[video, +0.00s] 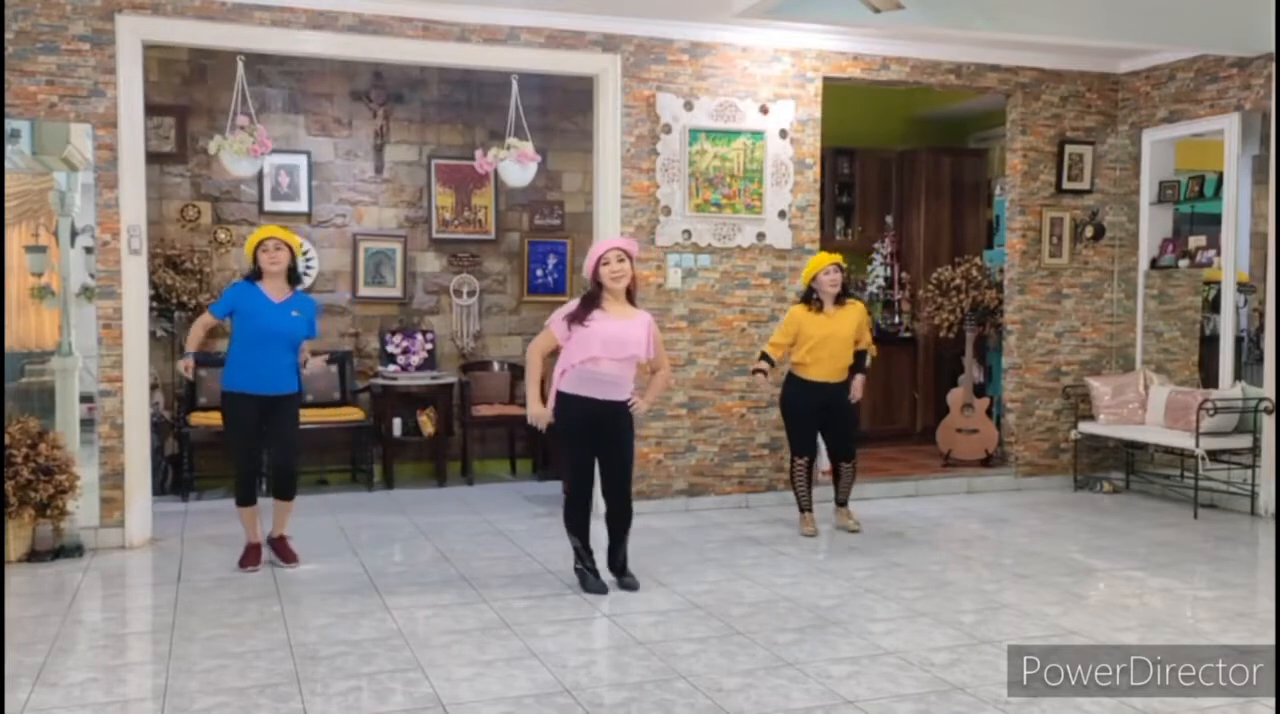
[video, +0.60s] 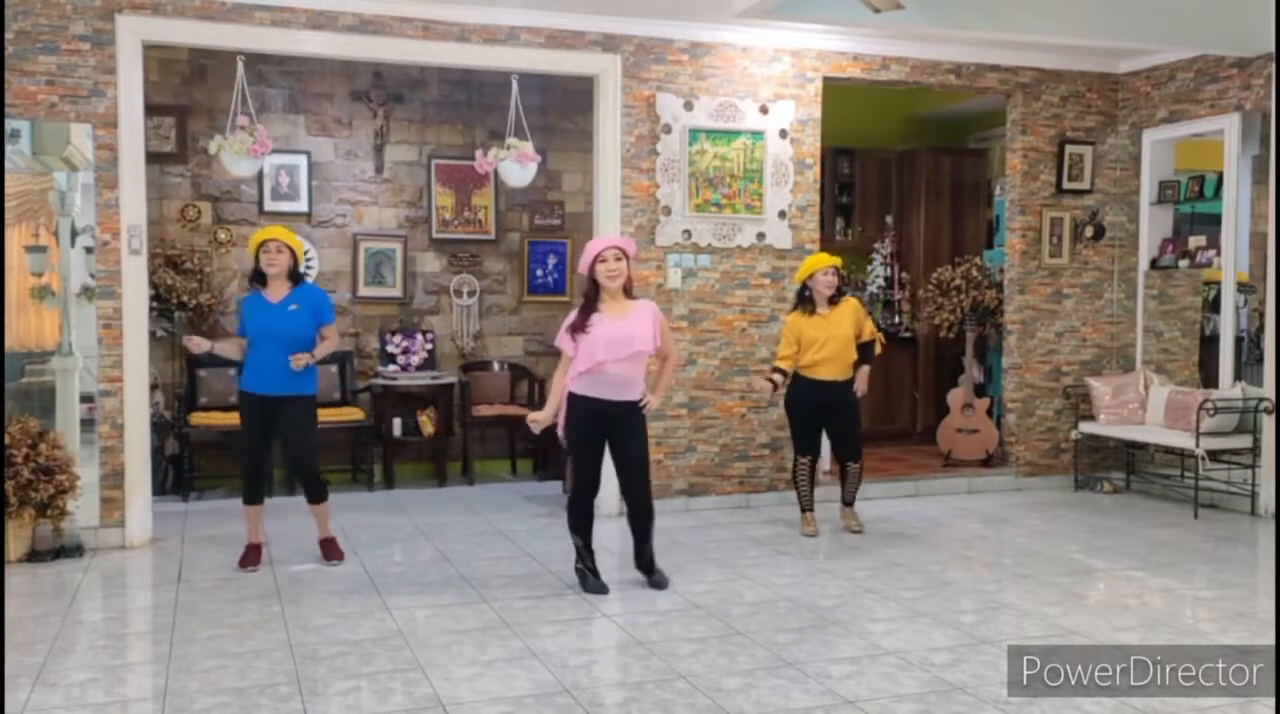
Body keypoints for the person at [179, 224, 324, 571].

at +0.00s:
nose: (272, 254)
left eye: (279, 249)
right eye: (265, 250)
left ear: (291, 257)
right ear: (256, 258)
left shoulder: (305, 304)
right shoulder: (239, 293)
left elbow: (303, 348)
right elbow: (203, 323)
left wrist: (306, 361)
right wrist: (189, 353)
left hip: (285, 396)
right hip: (241, 394)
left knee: (286, 466)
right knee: (246, 468)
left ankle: (278, 536)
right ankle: (253, 541)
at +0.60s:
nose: (272, 256)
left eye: (280, 250)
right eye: (266, 251)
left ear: (293, 258)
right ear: (258, 260)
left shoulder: (313, 296)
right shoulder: (249, 302)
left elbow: (331, 340)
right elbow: (243, 349)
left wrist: (312, 356)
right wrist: (209, 345)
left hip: (298, 396)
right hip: (254, 395)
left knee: (304, 464)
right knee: (253, 466)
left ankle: (326, 536)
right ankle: (254, 542)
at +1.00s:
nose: (299, 259)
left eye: (306, 253)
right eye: (291, 254)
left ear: (317, 260)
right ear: (282, 262)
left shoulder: (340, 293)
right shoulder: (276, 307)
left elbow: (359, 331)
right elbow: (271, 358)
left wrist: (360, 351)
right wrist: (255, 366)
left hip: (333, 395)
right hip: (289, 395)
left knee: (329, 465)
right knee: (278, 463)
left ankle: (330, 537)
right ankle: (272, 533)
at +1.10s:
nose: (302, 257)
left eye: (309, 251)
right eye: (296, 251)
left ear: (320, 258)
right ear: (285, 260)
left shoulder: (342, 290)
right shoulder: (277, 305)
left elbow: (364, 328)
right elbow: (272, 351)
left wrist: (367, 347)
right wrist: (266, 364)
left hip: (335, 394)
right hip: (290, 394)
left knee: (331, 465)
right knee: (285, 463)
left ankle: (330, 537)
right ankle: (289, 532)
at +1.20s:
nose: (306, 257)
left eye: (312, 251)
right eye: (299, 251)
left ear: (322, 258)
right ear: (288, 260)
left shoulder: (343, 289)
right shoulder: (278, 305)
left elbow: (364, 326)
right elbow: (272, 351)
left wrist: (370, 344)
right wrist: (273, 364)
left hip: (335, 394)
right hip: (291, 395)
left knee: (331, 465)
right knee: (292, 466)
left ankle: (330, 538)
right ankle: (300, 538)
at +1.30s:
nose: (307, 256)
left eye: (314, 251)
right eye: (300, 251)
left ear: (324, 258)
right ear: (289, 259)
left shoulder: (343, 290)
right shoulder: (278, 304)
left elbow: (359, 330)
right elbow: (269, 349)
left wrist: (369, 343)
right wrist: (278, 364)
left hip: (336, 393)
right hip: (293, 395)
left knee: (331, 464)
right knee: (293, 466)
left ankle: (330, 538)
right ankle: (300, 538)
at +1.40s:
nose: (309, 257)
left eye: (315, 251)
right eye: (302, 252)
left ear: (326, 258)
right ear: (291, 259)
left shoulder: (345, 292)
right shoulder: (279, 302)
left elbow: (357, 332)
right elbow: (266, 348)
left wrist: (370, 342)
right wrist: (283, 360)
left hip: (336, 393)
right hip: (293, 395)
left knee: (332, 464)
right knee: (293, 465)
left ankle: (330, 537)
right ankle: (299, 536)